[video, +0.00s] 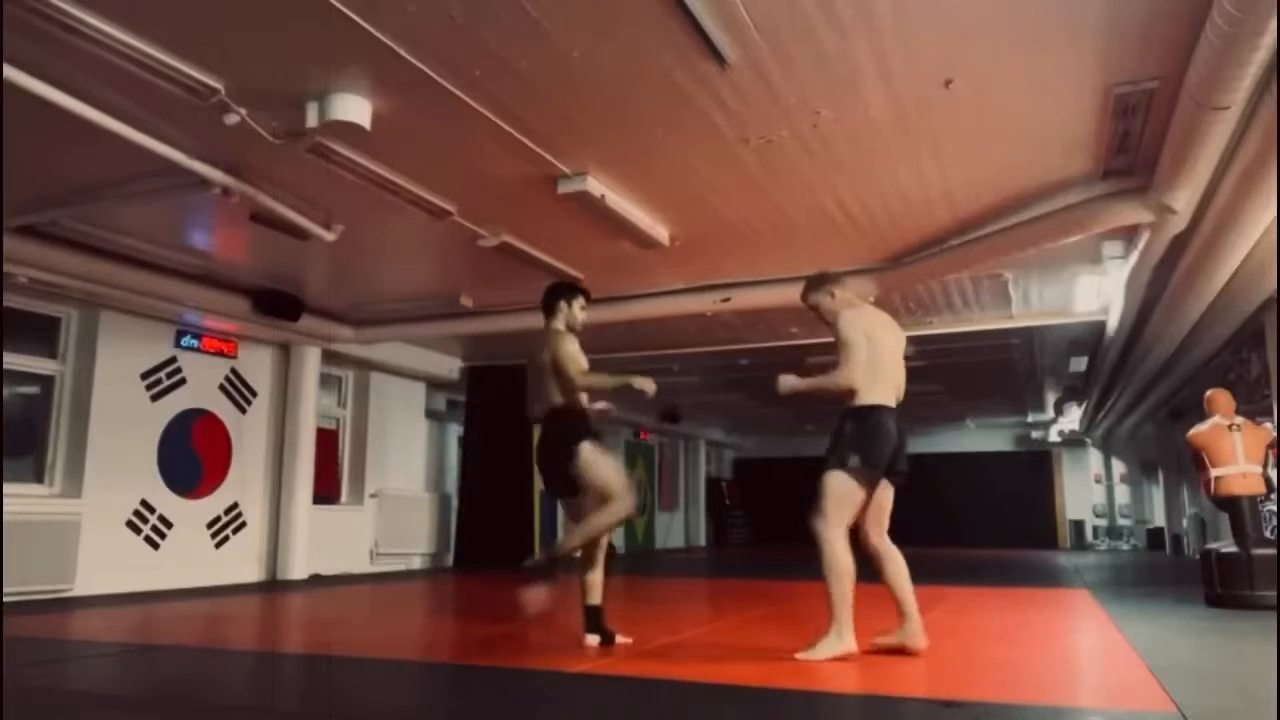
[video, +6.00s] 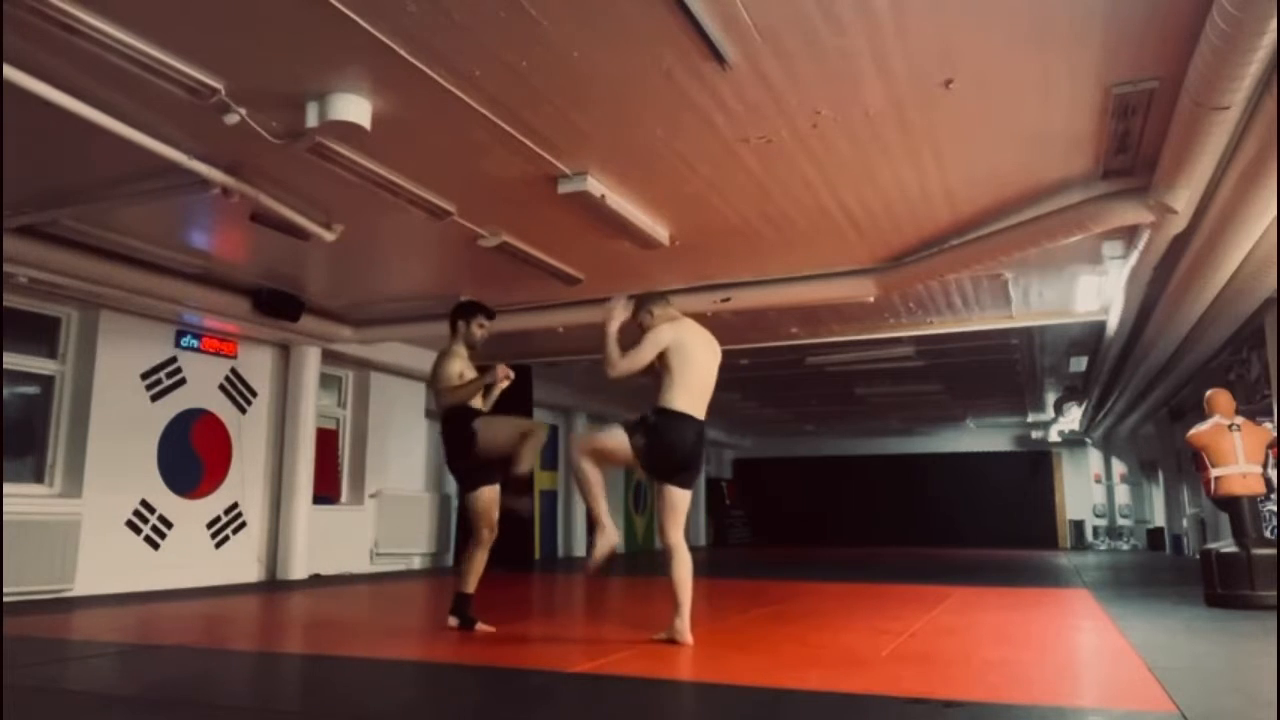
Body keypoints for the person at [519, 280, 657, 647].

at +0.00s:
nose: (584, 316)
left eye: (584, 309)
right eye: (580, 308)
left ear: (555, 310)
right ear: (561, 308)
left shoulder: (543, 347)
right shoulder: (562, 340)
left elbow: (552, 402)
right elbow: (580, 378)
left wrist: (590, 406)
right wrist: (630, 380)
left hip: (551, 441)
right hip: (570, 437)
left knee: (595, 536)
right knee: (625, 499)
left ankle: (594, 622)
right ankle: (558, 553)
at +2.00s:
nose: (536, 319)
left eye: (539, 314)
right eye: (531, 312)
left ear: (538, 318)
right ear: (510, 312)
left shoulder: (539, 362)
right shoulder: (485, 348)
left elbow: (545, 409)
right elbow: (471, 393)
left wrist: (578, 399)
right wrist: (501, 380)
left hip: (525, 447)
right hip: (486, 444)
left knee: (556, 527)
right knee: (476, 532)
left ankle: (582, 612)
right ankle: (463, 617)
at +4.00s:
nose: (472, 330)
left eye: (477, 325)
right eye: (466, 322)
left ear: (482, 328)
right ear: (449, 319)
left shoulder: (470, 355)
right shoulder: (431, 351)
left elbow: (478, 400)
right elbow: (443, 399)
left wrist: (482, 356)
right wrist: (469, 358)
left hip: (457, 446)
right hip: (428, 445)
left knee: (467, 533)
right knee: (444, 531)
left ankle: (442, 604)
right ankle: (417, 619)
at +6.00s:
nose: (484, 334)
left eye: (486, 328)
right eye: (479, 326)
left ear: (479, 330)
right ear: (460, 325)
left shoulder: (468, 364)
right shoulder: (450, 358)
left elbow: (475, 413)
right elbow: (445, 398)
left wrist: (496, 389)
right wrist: (486, 379)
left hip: (474, 447)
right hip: (466, 434)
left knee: (485, 532)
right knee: (537, 429)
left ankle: (462, 607)